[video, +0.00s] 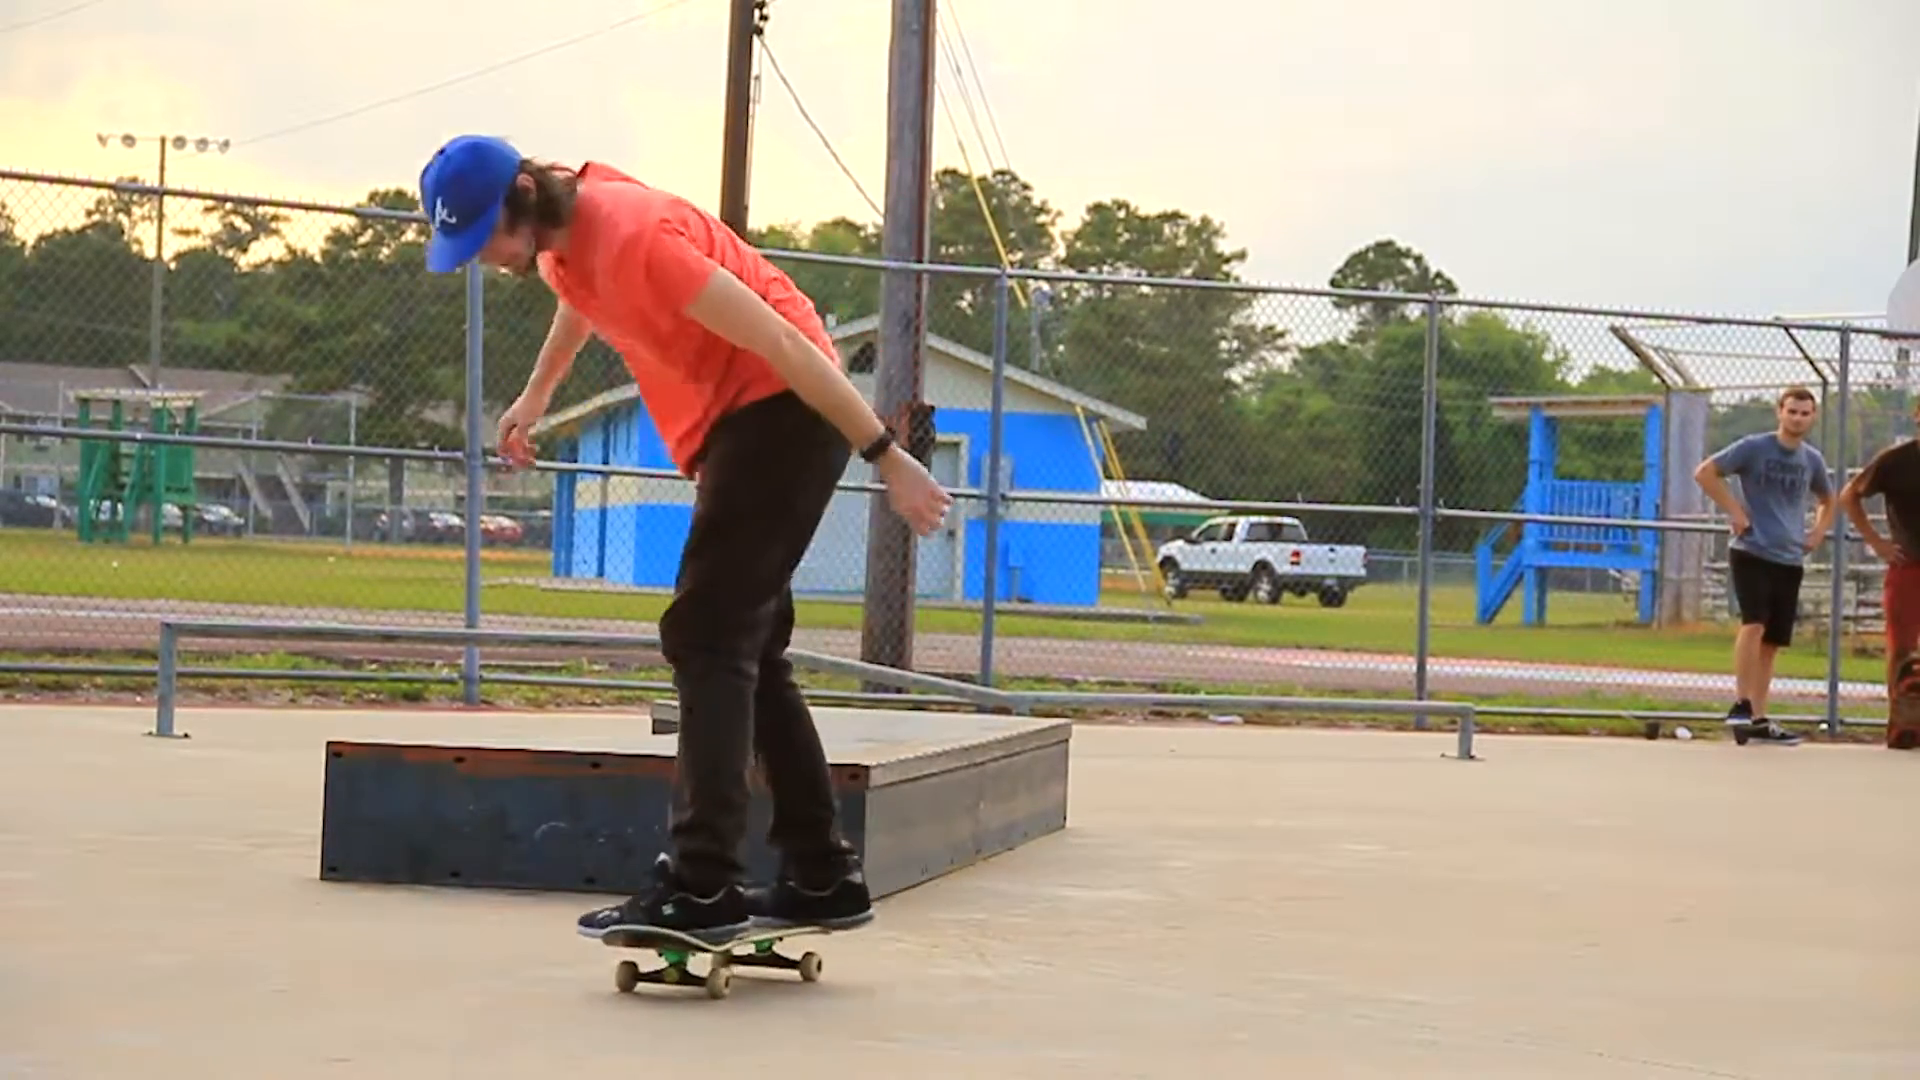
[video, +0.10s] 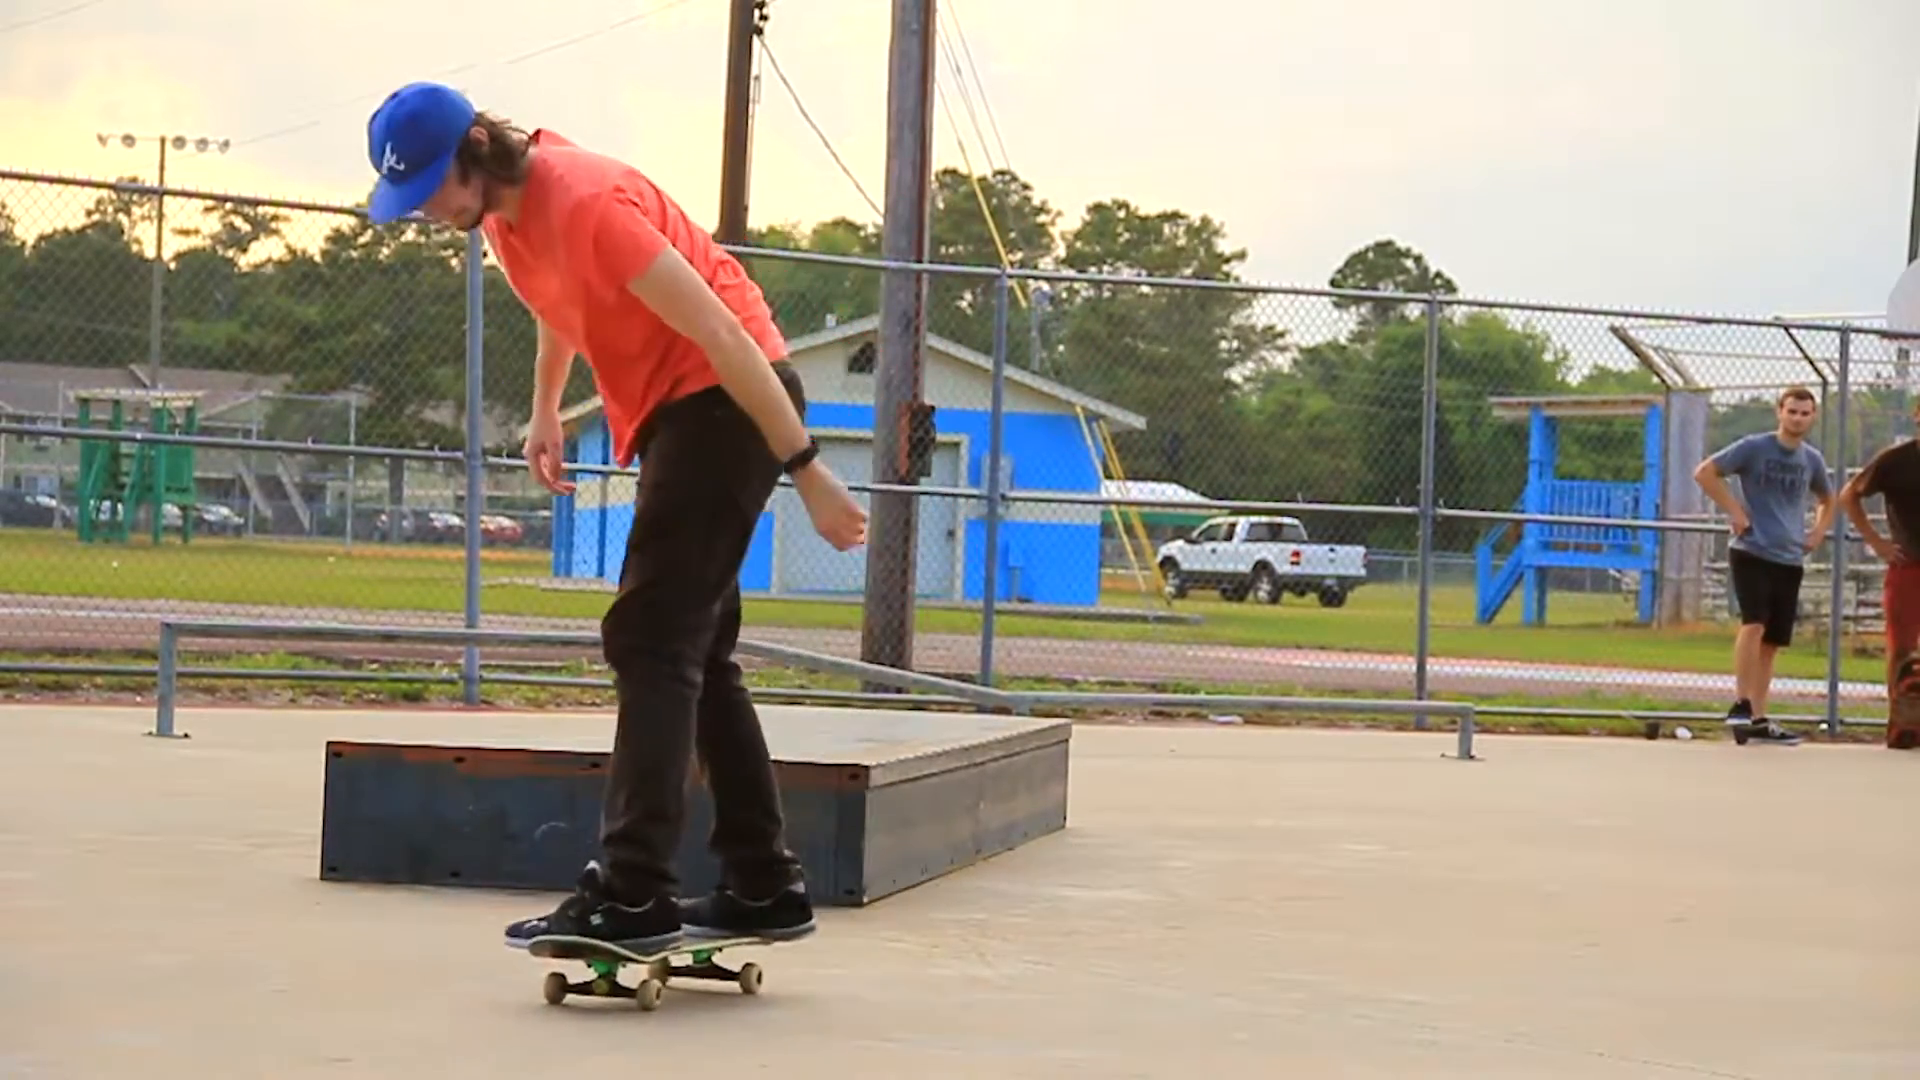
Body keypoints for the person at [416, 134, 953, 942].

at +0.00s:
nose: (492, 260)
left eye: (491, 242)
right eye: (478, 250)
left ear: (521, 202)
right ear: (508, 208)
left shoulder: (633, 237)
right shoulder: (568, 232)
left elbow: (777, 335)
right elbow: (578, 307)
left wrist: (887, 456)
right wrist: (532, 400)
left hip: (782, 406)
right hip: (742, 413)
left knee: (707, 633)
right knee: (752, 652)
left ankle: (701, 882)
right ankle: (820, 873)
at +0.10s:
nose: (429, 215)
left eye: (430, 196)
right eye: (417, 203)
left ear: (470, 159)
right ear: (450, 168)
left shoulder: (587, 206)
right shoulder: (503, 211)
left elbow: (720, 331)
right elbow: (564, 303)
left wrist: (808, 470)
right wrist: (546, 404)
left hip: (722, 396)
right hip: (678, 405)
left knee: (652, 636)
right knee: (698, 655)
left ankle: (633, 891)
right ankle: (762, 884)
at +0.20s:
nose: (373, 162)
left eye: (377, 141)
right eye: (358, 149)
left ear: (419, 102)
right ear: (354, 132)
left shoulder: (532, 167)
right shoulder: (441, 178)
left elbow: (634, 335)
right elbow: (515, 290)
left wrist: (676, 497)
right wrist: (522, 399)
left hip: (665, 388)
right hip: (617, 397)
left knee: (592, 641)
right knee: (646, 651)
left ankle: (568, 901)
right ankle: (702, 888)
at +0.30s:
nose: (308, 111)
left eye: (316, 87)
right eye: (292, 96)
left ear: (366, 49)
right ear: (287, 85)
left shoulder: (467, 133)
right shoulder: (378, 140)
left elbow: (535, 326)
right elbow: (455, 280)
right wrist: (461, 391)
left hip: (601, 381)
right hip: (548, 387)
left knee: (522, 639)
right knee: (567, 641)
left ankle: (502, 909)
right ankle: (626, 895)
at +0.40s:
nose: (235, 59)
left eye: (245, 35)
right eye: (221, 43)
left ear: (302, 10)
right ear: (241, 31)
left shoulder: (405, 101)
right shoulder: (311, 101)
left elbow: (439, 305)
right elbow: (389, 271)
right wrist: (386, 413)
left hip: (516, 374)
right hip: (468, 381)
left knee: (452, 640)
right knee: (494, 641)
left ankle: (433, 918)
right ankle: (534, 908)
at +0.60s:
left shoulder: (273, 17)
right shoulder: (153, 19)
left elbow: (288, 233)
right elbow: (204, 199)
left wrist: (139, 352)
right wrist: (179, 356)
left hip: (332, 349)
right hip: (265, 362)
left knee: (269, 644)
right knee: (303, 651)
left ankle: (263, 949)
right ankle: (361, 938)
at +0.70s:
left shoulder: (192, 3)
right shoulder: (71, 16)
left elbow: (214, 205)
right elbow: (123, 200)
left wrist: (80, 347)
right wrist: (67, 364)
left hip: (224, 336)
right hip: (164, 346)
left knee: (155, 647)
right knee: (194, 651)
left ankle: (135, 971)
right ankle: (259, 953)